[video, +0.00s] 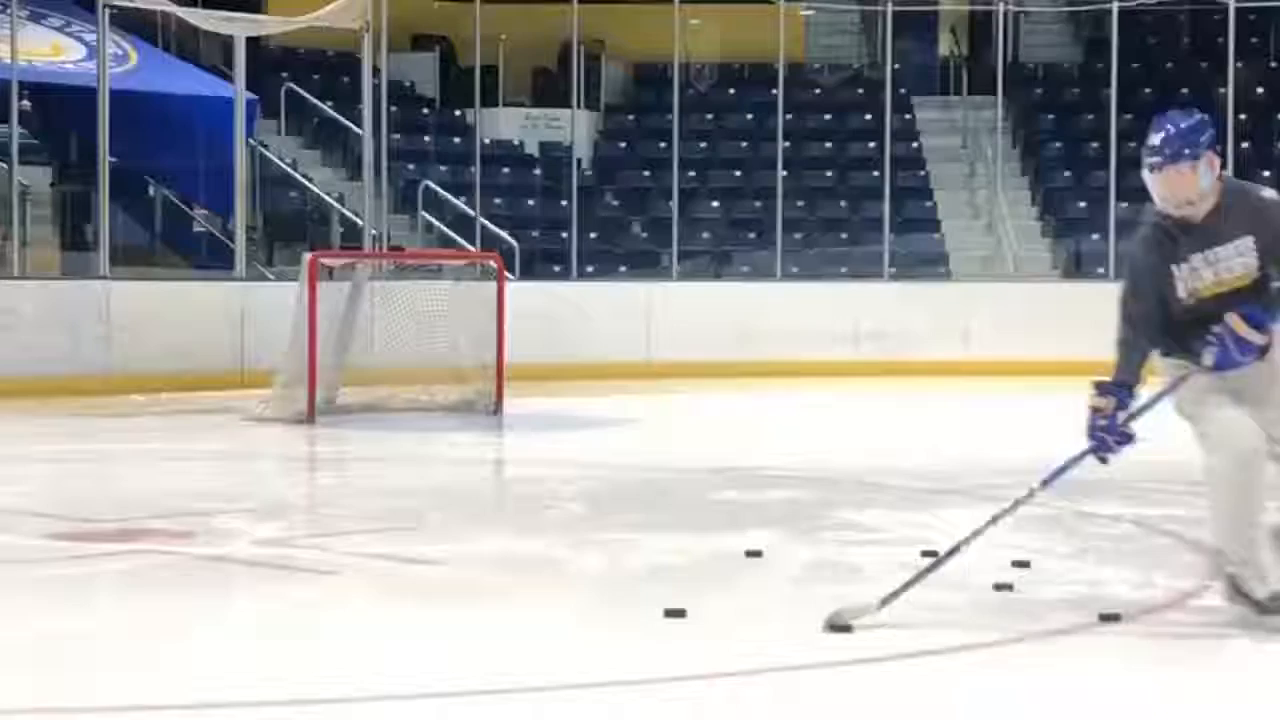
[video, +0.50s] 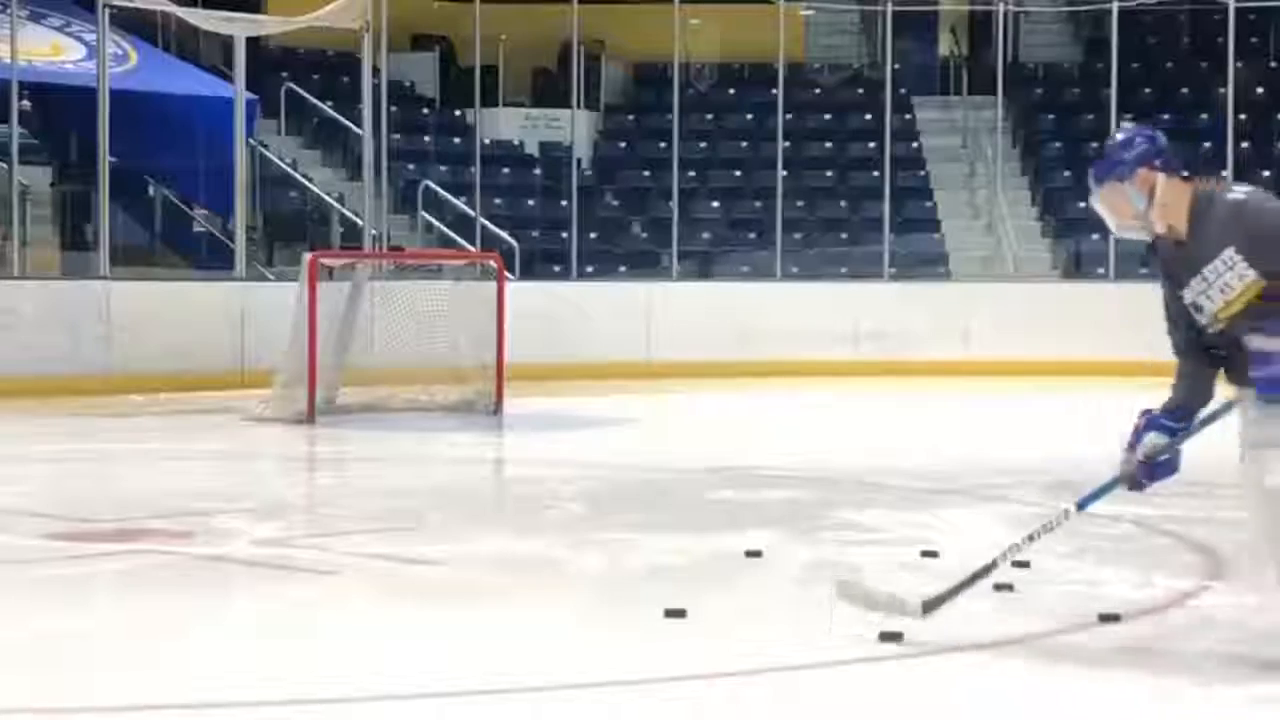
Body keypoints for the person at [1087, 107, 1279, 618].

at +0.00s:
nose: (1172, 186)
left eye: (1182, 170)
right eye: (1160, 174)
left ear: (1213, 164)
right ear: (1148, 178)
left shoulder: (1260, 210)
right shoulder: (1151, 243)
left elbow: (1278, 272)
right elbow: (1137, 328)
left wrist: (1264, 314)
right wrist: (1116, 397)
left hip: (1262, 361)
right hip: (1195, 373)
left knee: (1272, 445)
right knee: (1240, 444)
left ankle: (1257, 550)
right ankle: (1243, 563)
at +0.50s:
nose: (1114, 213)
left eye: (1113, 193)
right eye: (1106, 199)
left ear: (1146, 178)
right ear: (1143, 181)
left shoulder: (1246, 212)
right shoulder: (1171, 259)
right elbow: (1197, 355)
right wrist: (1169, 425)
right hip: (1263, 397)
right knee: (1265, 533)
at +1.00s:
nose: (845, 189)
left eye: (849, 172)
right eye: (842, 174)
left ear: (881, 167)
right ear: (892, 169)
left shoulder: (928, 213)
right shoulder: (919, 225)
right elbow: (911, 363)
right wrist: (851, 444)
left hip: (1026, 376)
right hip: (1044, 376)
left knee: (927, 487)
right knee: (1007, 528)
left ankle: (981, 661)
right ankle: (1097, 674)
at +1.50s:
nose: (376, 162)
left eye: (380, 153)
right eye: (383, 152)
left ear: (388, 149)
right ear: (437, 151)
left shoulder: (383, 190)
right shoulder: (463, 205)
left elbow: (349, 279)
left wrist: (346, 341)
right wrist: (394, 350)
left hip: (440, 366)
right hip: (506, 375)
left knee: (352, 499)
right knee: (457, 541)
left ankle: (385, 649)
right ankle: (575, 607)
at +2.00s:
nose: (209, 187)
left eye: (212, 174)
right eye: (207, 173)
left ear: (153, 157)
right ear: (190, 167)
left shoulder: (83, 192)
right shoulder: (183, 236)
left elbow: (21, 260)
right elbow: (185, 338)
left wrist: (61, 313)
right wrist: (199, 411)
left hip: (50, 357)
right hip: (126, 371)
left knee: (11, 481)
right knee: (129, 472)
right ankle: (129, 570)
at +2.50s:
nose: (239, 208)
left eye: (243, 197)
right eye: (239, 194)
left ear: (195, 177)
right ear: (221, 186)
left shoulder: (142, 199)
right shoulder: (190, 243)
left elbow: (116, 261)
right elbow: (208, 331)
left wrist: (150, 322)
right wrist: (236, 396)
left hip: (39, 312)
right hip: (94, 326)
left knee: (19, 442)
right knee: (138, 433)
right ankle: (154, 538)